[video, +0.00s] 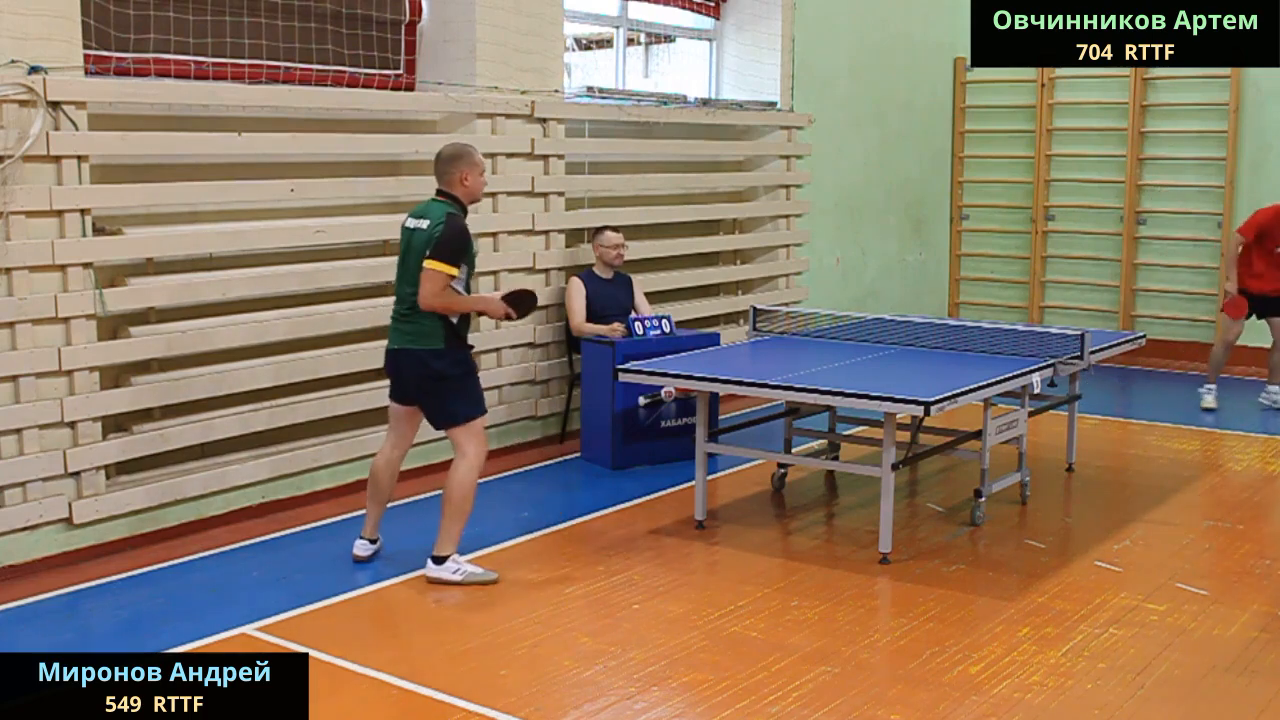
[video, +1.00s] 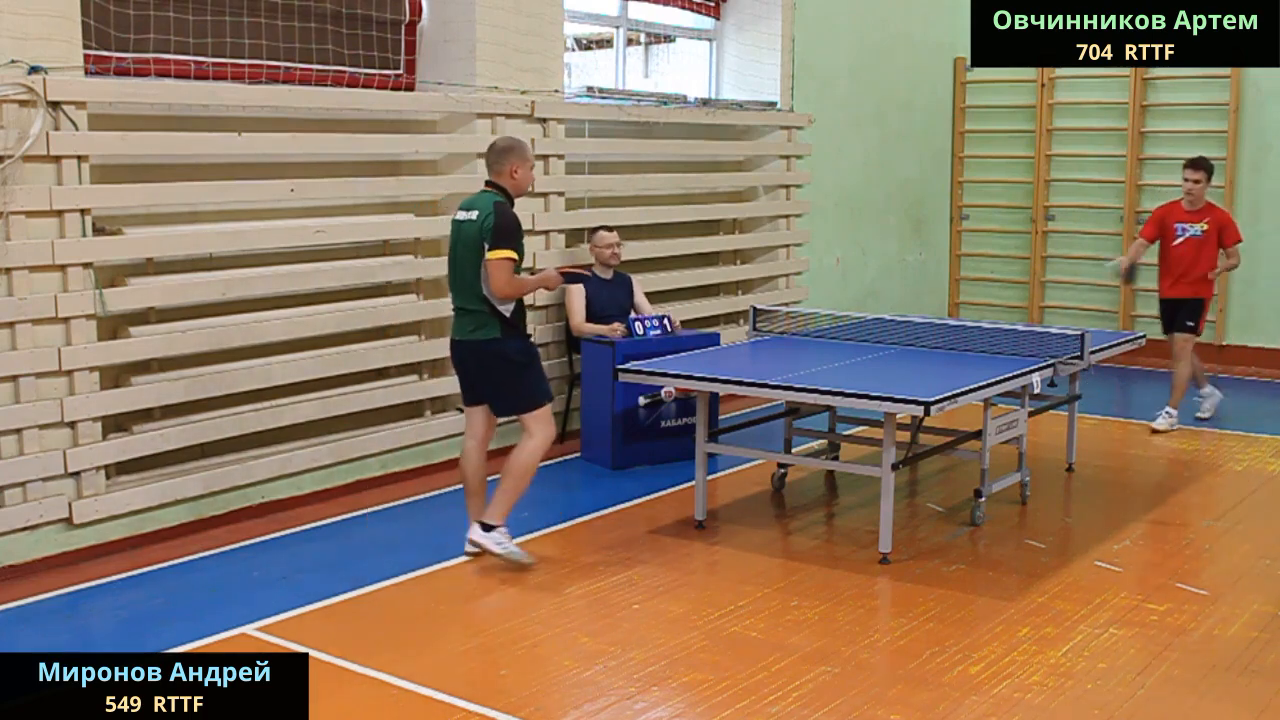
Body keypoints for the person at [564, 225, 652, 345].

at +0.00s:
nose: (621, 253)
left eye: (623, 247)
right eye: (614, 248)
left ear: (625, 248)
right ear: (597, 249)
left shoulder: (628, 281)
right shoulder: (578, 283)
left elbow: (648, 318)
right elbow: (577, 327)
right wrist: (606, 330)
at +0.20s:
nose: (618, 254)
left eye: (620, 248)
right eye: (611, 250)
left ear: (623, 248)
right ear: (594, 251)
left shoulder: (628, 281)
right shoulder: (578, 283)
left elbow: (648, 317)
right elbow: (577, 327)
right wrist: (606, 330)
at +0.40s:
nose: (616, 254)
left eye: (618, 248)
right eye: (608, 250)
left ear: (621, 248)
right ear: (593, 253)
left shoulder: (627, 281)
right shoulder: (578, 283)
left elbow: (653, 314)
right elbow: (577, 328)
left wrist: (667, 311)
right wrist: (606, 331)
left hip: (630, 350)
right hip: (596, 353)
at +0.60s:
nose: (614, 254)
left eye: (616, 248)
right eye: (607, 250)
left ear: (619, 247)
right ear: (591, 253)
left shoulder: (627, 281)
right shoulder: (577, 284)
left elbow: (654, 313)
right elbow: (576, 327)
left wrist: (671, 318)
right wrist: (607, 330)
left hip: (629, 349)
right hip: (595, 352)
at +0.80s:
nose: (614, 253)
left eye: (616, 246)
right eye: (606, 249)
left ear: (619, 247)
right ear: (591, 252)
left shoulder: (627, 281)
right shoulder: (578, 284)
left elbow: (651, 316)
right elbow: (577, 328)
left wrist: (669, 321)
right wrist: (607, 330)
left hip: (630, 348)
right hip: (595, 352)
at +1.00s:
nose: (615, 251)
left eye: (618, 246)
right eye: (608, 247)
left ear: (622, 247)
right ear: (593, 250)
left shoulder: (628, 281)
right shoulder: (578, 284)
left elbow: (650, 318)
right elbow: (577, 327)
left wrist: (668, 323)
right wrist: (607, 330)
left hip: (631, 349)